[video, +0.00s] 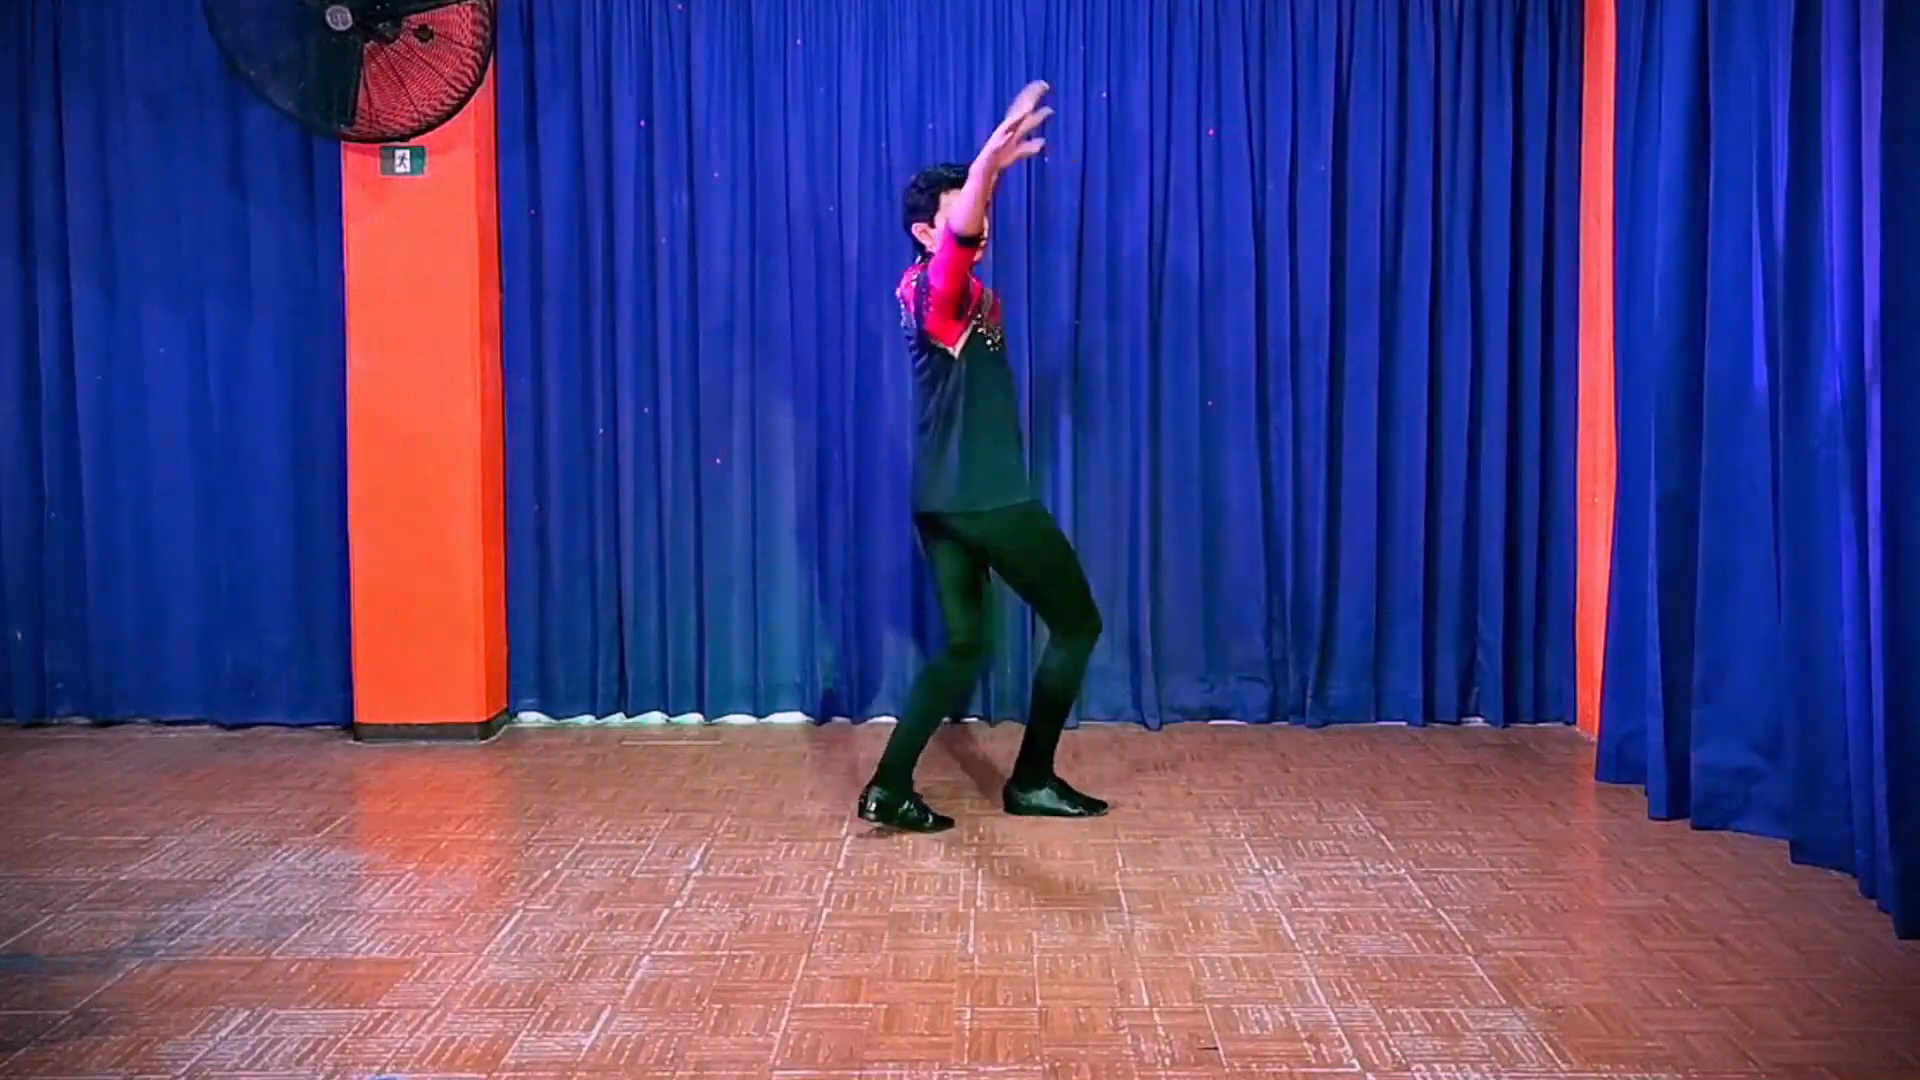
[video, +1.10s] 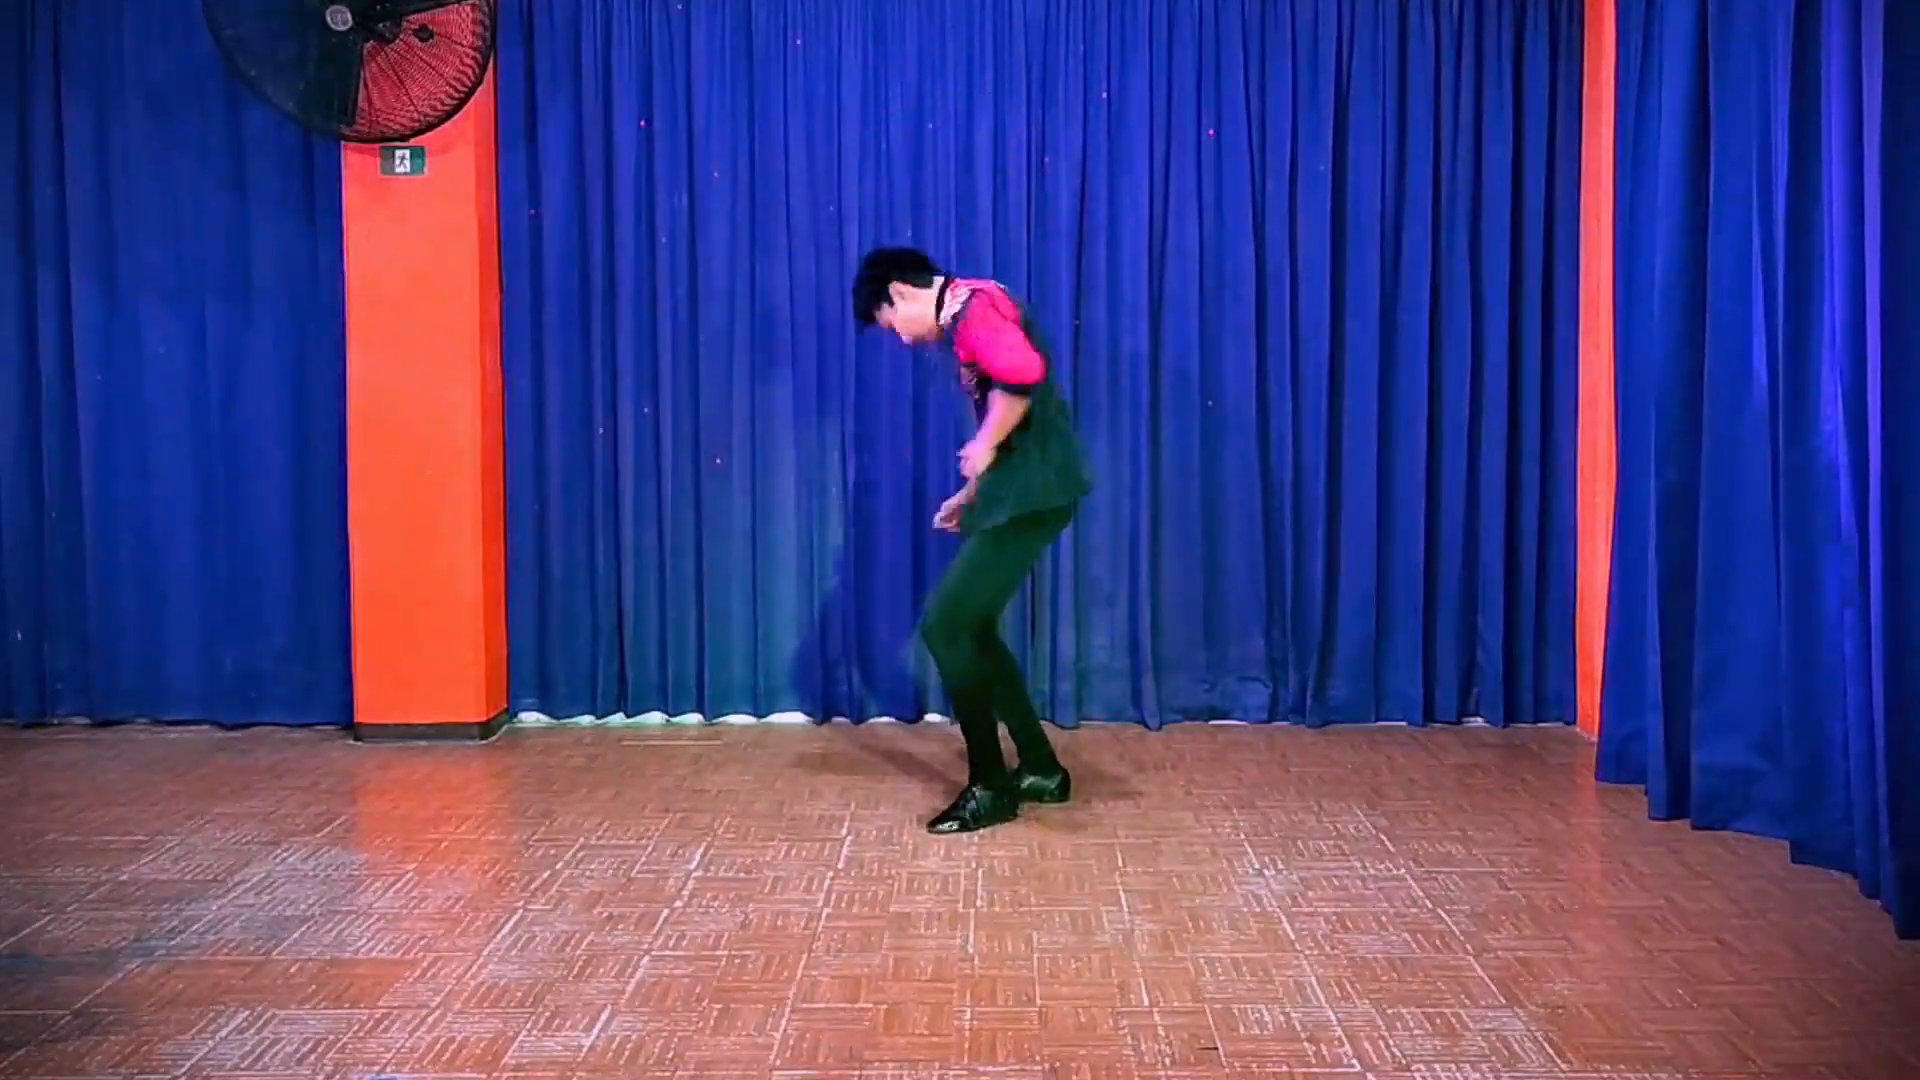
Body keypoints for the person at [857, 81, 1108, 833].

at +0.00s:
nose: (975, 224)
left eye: (972, 213)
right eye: (960, 216)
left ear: (939, 227)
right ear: (929, 229)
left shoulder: (928, 284)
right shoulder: (945, 290)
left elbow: (963, 197)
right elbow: (963, 228)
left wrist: (998, 144)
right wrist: (994, 156)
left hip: (943, 495)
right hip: (990, 493)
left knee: (964, 647)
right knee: (1076, 623)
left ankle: (889, 789)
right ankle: (1032, 779)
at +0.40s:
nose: (992, 199)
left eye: (962, 195)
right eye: (989, 194)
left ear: (921, 216)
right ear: (987, 209)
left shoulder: (906, 269)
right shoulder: (1019, 256)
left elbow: (875, 170)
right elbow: (1064, 152)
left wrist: (883, 76)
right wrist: (1072, 47)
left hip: (938, 480)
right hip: (1014, 475)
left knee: (920, 631)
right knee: (1015, 622)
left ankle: (939, 798)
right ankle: (1016, 782)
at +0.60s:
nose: (921, 214)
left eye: (926, 207)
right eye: (929, 205)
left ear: (940, 219)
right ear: (998, 209)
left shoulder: (926, 274)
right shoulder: (1028, 259)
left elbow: (869, 167)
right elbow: (1028, 155)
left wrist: (906, 75)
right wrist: (991, 69)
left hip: (955, 483)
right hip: (1019, 477)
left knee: (910, 631)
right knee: (978, 619)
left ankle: (981, 795)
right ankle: (1028, 777)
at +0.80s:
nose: (929, 214)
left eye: (941, 207)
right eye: (934, 203)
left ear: (970, 224)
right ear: (995, 221)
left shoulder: (950, 291)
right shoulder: (1020, 271)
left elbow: (878, 212)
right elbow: (1005, 197)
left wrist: (952, 154)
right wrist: (912, 162)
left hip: (981, 487)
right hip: (1016, 482)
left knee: (919, 627)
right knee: (968, 627)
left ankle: (991, 786)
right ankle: (1041, 766)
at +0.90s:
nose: (928, 215)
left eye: (943, 210)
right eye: (935, 204)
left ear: (976, 233)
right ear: (977, 235)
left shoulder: (967, 287)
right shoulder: (981, 272)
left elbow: (875, 318)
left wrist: (918, 278)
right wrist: (919, 280)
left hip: (1007, 489)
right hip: (988, 486)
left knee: (936, 633)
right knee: (966, 634)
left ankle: (990, 786)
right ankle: (1040, 766)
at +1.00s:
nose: (899, 246)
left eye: (912, 234)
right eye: (907, 233)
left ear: (942, 245)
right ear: (950, 248)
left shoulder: (951, 311)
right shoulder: (986, 297)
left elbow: (949, 431)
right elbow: (988, 410)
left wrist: (916, 425)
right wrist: (927, 426)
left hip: (1025, 491)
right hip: (1027, 487)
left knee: (945, 632)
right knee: (971, 630)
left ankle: (988, 789)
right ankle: (1041, 768)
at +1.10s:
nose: (901, 338)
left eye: (891, 324)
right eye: (890, 330)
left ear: (902, 292)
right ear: (912, 288)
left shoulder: (973, 315)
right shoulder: (973, 309)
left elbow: (1024, 371)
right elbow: (1013, 410)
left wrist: (985, 444)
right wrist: (975, 496)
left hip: (1031, 496)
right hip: (1032, 494)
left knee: (946, 624)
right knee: (972, 626)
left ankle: (991, 787)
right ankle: (1041, 770)